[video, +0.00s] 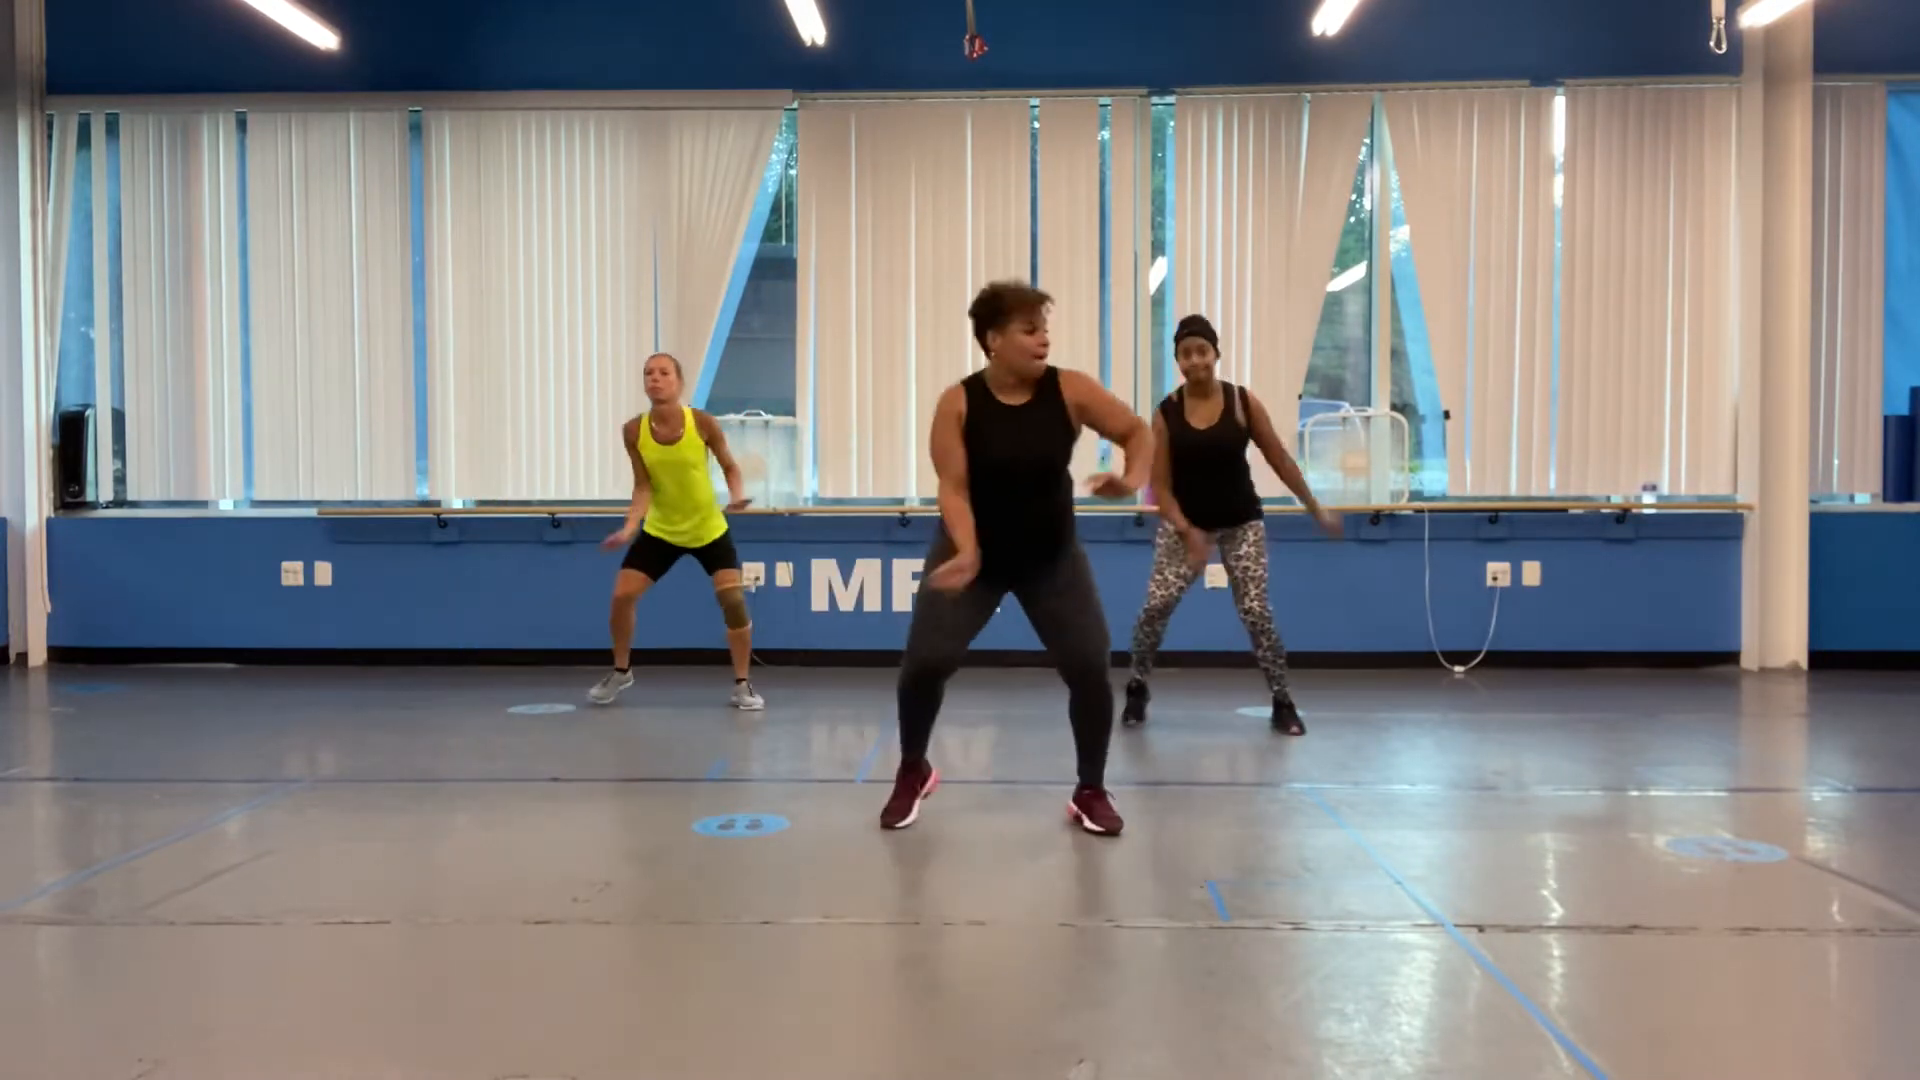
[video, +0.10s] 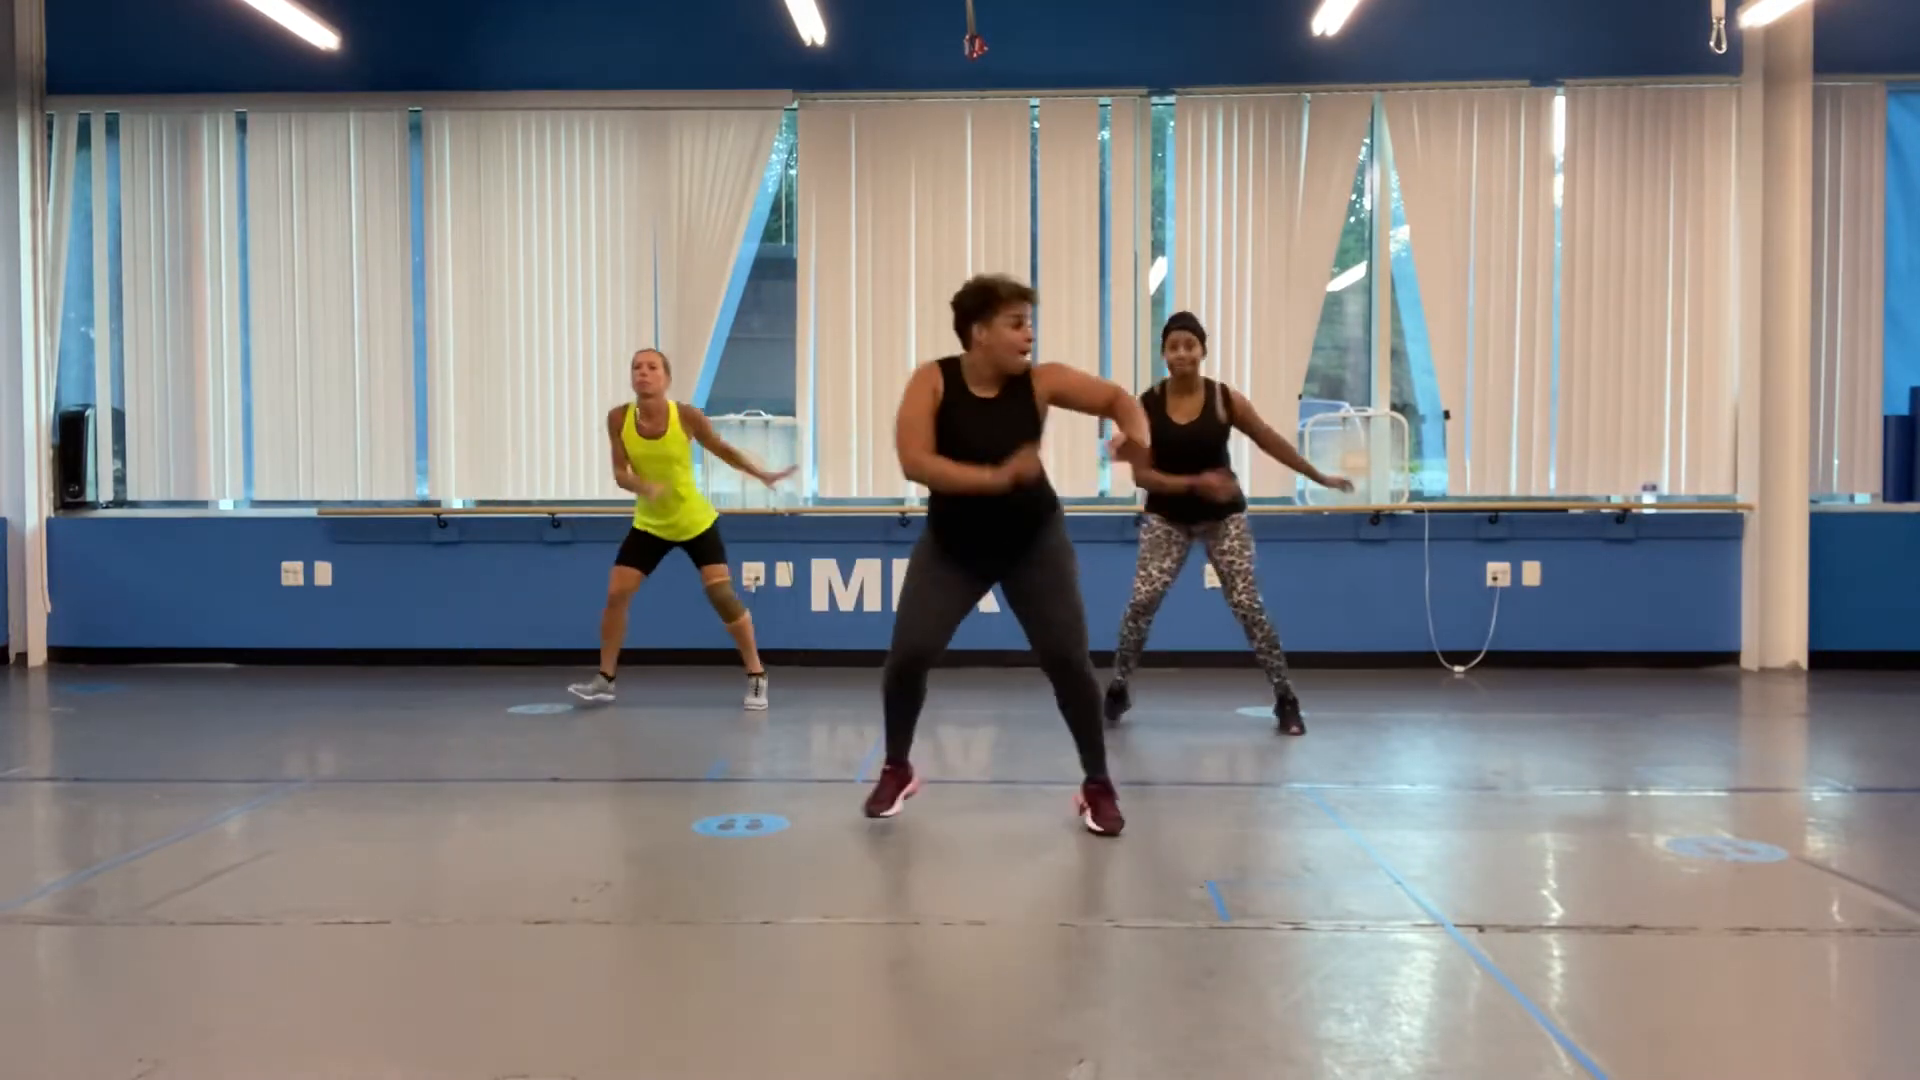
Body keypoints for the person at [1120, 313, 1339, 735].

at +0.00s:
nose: (1194, 360)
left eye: (1201, 352)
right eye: (1186, 354)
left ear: (1216, 355)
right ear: (1178, 361)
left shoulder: (1243, 403)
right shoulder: (1166, 415)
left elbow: (1279, 460)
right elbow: (1160, 486)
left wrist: (1315, 508)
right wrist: (1185, 531)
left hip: (1240, 524)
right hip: (1184, 524)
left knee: (1254, 610)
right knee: (1156, 606)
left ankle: (1283, 702)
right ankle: (1136, 689)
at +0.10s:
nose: (1181, 353)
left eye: (1189, 346)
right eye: (1173, 346)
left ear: (1203, 351)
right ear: (1163, 354)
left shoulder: (1225, 400)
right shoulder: (1145, 407)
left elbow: (1268, 440)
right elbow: (1141, 476)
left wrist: (1319, 477)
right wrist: (1196, 483)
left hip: (1222, 517)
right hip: (1165, 520)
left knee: (1245, 603)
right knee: (1143, 600)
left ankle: (1285, 698)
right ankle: (1118, 688)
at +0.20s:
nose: (1169, 362)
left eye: (1177, 355)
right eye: (1162, 355)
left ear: (1190, 363)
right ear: (1150, 362)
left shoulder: (1206, 410)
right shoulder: (1128, 412)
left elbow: (1254, 444)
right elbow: (1116, 477)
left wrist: (1309, 473)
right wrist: (1168, 457)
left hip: (1204, 523)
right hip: (1148, 526)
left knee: (1227, 609)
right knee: (1131, 610)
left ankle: (1283, 678)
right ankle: (1113, 698)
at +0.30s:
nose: (1160, 369)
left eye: (1169, 363)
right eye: (1153, 363)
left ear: (1182, 371)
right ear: (1143, 371)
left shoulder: (1200, 421)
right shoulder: (1121, 421)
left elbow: (1241, 465)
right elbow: (1088, 476)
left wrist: (1287, 503)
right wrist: (1134, 478)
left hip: (1195, 531)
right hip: (1139, 533)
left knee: (1209, 613)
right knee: (1125, 612)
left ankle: (1254, 672)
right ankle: (1113, 700)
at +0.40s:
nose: (1162, 365)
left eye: (1171, 358)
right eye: (1154, 359)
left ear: (1183, 367)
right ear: (1145, 368)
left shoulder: (1204, 419)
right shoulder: (1124, 419)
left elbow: (1232, 473)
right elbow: (1074, 456)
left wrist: (1250, 525)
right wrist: (1087, 502)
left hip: (1195, 532)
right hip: (1139, 531)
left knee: (1208, 616)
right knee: (1128, 612)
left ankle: (1233, 694)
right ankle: (1112, 698)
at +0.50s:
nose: (1172, 354)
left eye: (1180, 347)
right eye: (1163, 350)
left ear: (1193, 356)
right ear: (1153, 362)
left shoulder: (1217, 407)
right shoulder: (1136, 410)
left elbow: (1234, 466)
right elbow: (1086, 444)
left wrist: (1207, 509)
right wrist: (1059, 476)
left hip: (1199, 519)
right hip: (1145, 520)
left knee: (1220, 603)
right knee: (1137, 608)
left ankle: (1244, 687)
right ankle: (1112, 696)